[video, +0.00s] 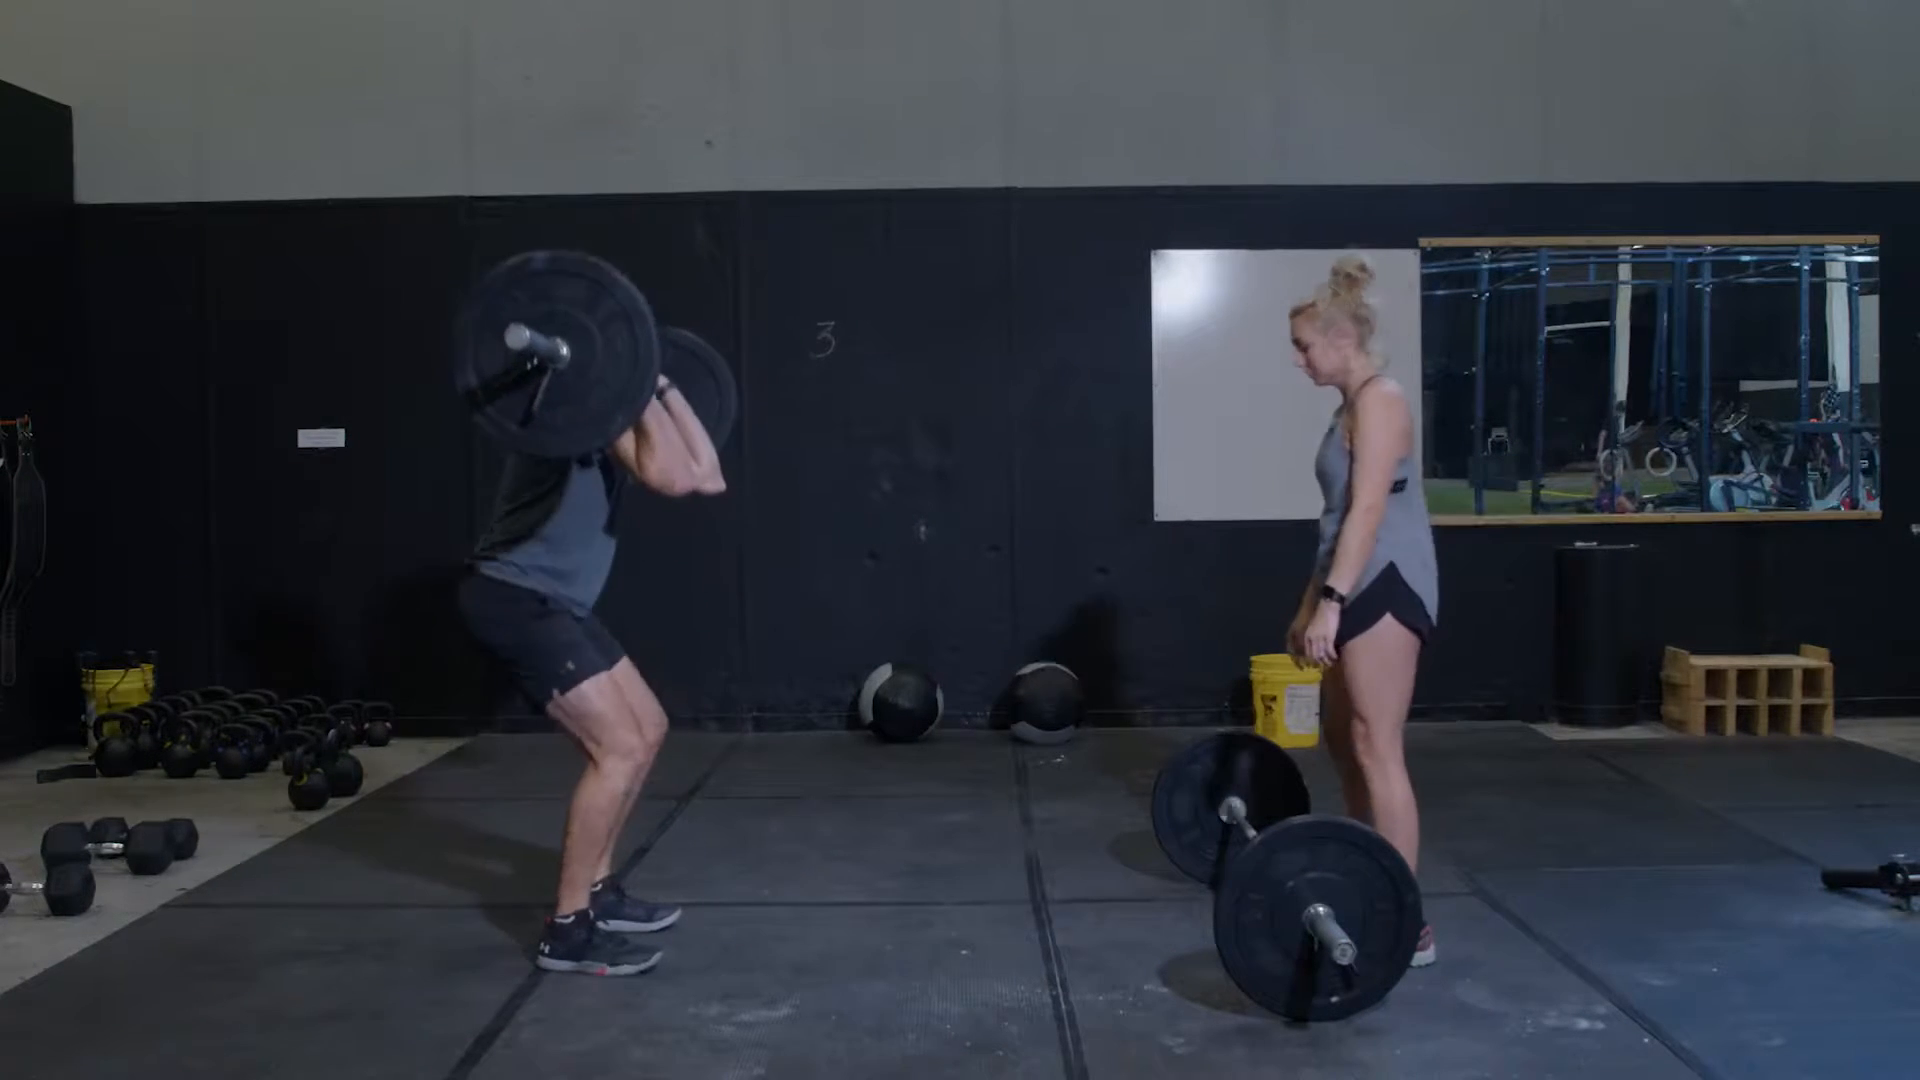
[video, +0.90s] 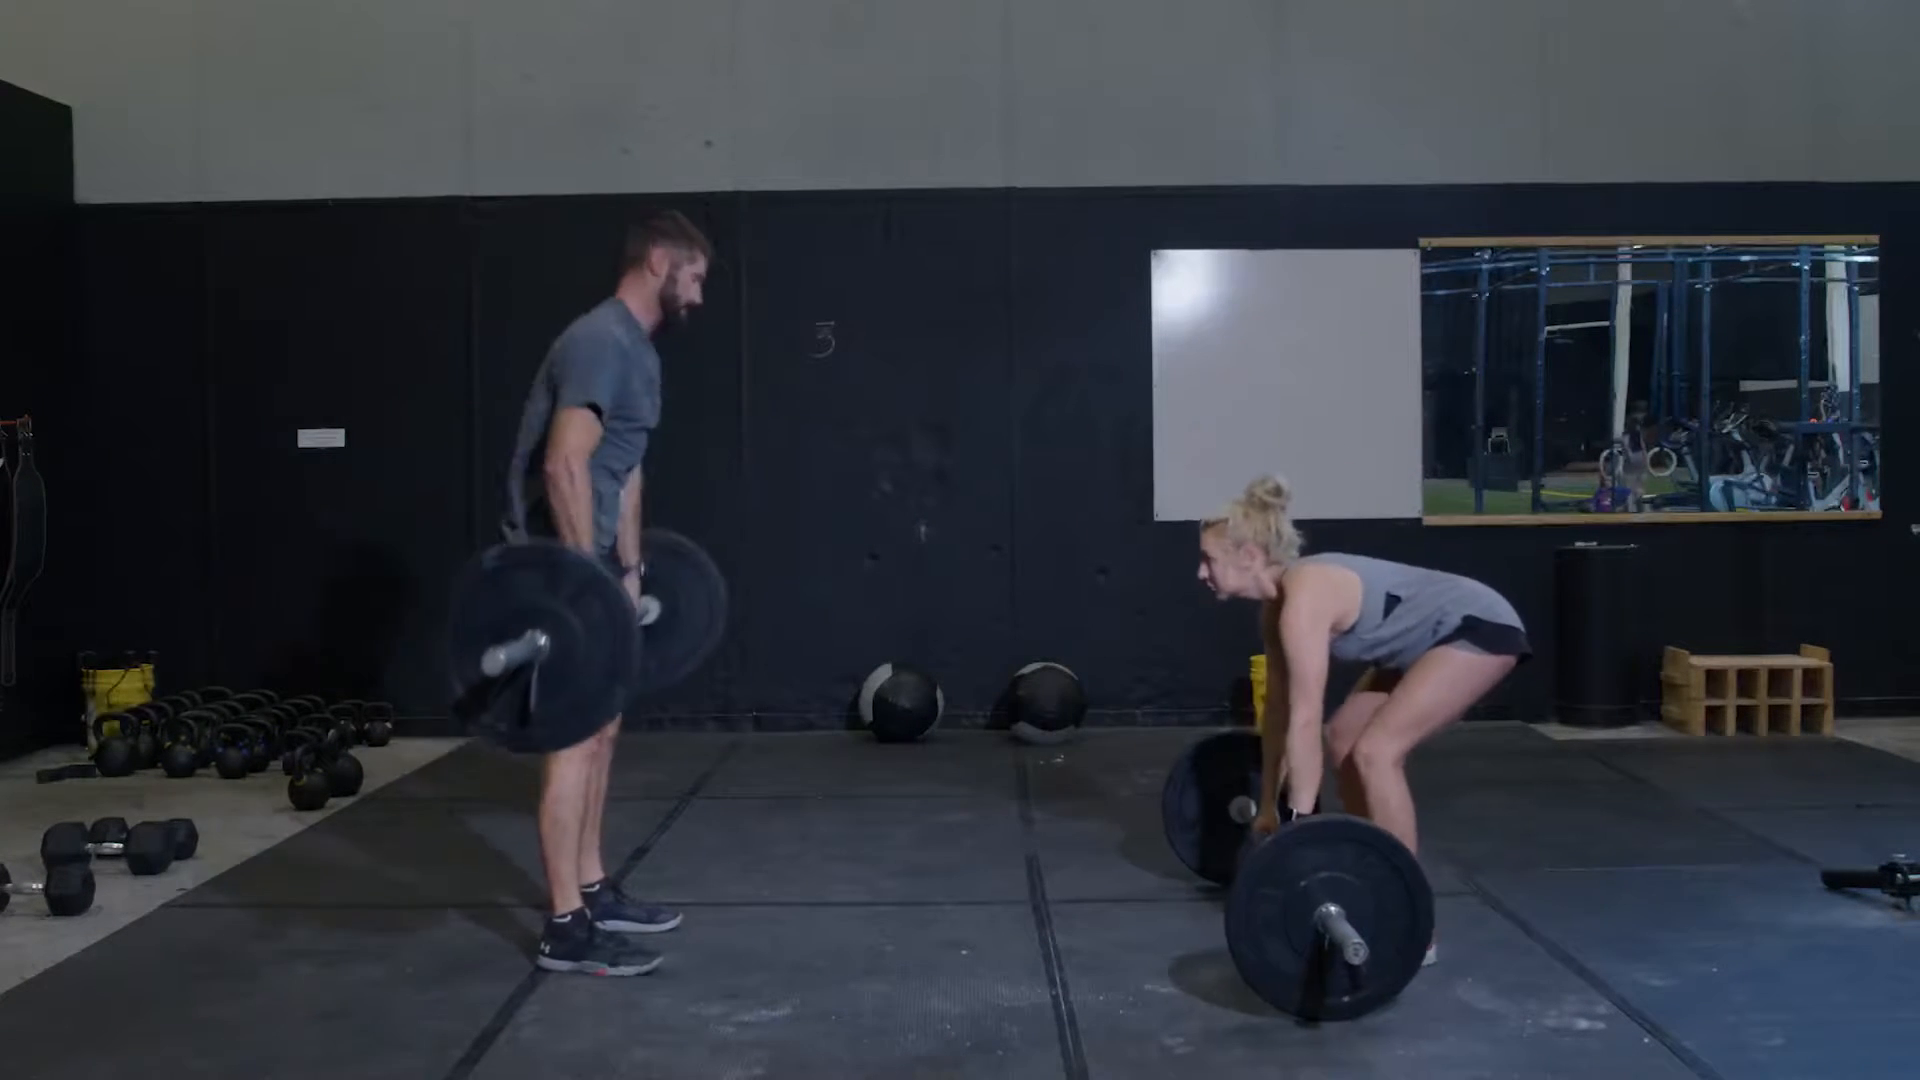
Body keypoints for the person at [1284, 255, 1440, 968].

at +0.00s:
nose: (1299, 359)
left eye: (1305, 345)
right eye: (1296, 348)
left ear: (1345, 338)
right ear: (1332, 343)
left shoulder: (1379, 402)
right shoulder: (1352, 410)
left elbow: (1369, 512)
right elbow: (1342, 521)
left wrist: (1331, 599)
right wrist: (1312, 607)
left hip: (1387, 586)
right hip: (1357, 587)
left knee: (1378, 750)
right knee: (1348, 744)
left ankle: (1404, 919)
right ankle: (1369, 901)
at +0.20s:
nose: (1254, 410)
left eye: (1255, 395)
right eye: (1247, 400)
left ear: (1290, 370)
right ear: (1280, 379)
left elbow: (1351, 534)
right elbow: (1317, 547)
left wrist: (1333, 633)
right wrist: (1303, 639)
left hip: (1428, 593)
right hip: (1375, 604)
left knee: (1387, 743)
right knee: (1360, 748)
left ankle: (1405, 919)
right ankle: (1370, 906)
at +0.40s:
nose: (1221, 503)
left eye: (1219, 489)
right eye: (1214, 493)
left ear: (1250, 462)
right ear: (1241, 471)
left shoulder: (1312, 500)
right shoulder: (1285, 519)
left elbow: (1322, 619)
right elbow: (1290, 623)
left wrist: (1314, 724)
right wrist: (1282, 718)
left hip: (1465, 600)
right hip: (1410, 611)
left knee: (1398, 746)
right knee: (1360, 739)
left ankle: (1408, 923)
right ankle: (1372, 899)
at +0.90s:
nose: (1202, 574)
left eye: (1209, 561)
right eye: (1202, 562)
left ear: (1252, 556)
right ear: (1252, 559)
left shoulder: (1306, 598)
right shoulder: (1279, 603)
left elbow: (1305, 718)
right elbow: (1275, 713)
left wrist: (1298, 825)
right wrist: (1269, 806)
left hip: (1480, 629)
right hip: (1426, 636)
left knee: (1376, 752)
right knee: (1339, 740)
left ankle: (1407, 923)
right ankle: (1374, 893)